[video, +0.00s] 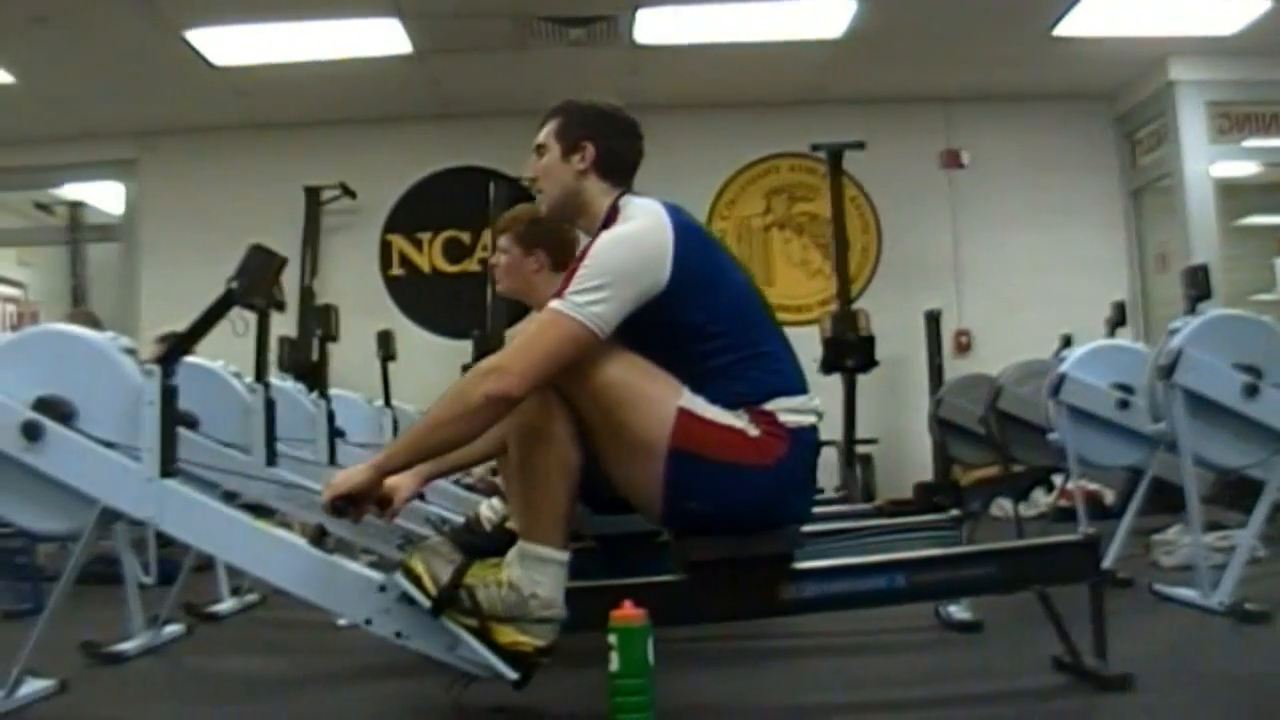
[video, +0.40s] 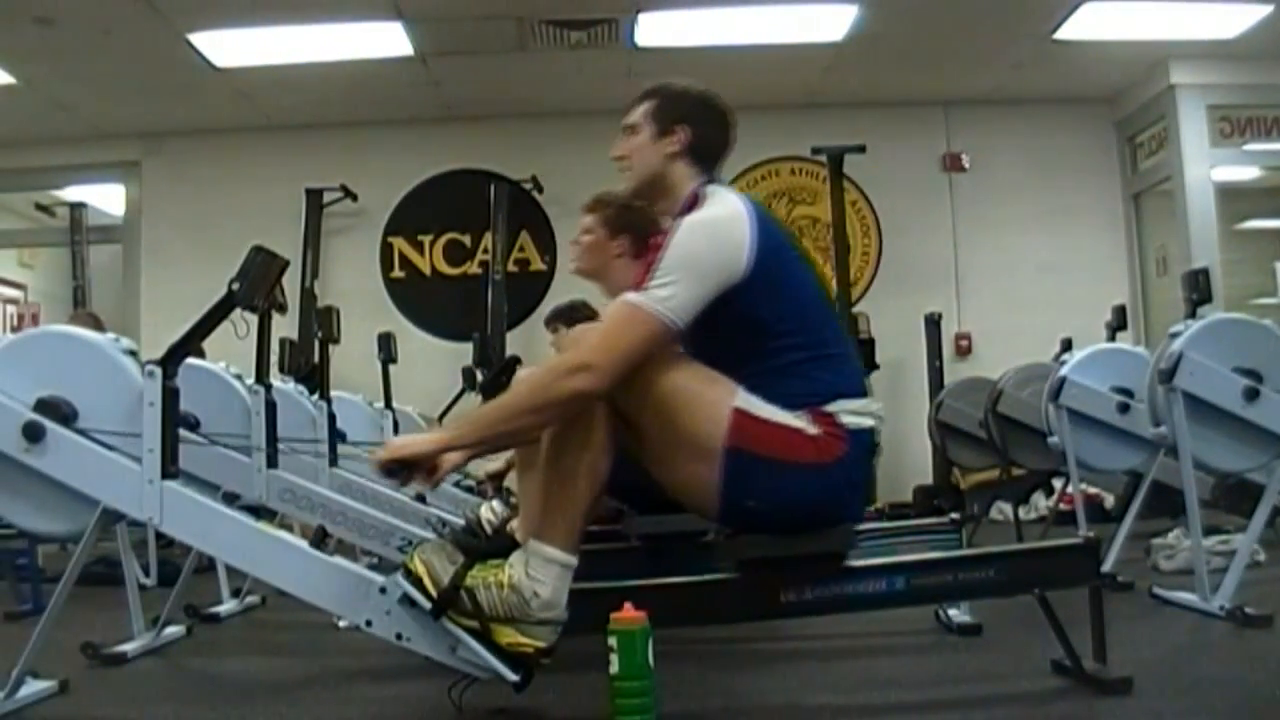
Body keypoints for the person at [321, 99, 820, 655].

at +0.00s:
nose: (529, 171)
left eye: (541, 154)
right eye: (532, 155)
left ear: (583, 158)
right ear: (588, 162)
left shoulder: (640, 233)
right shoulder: (621, 240)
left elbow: (506, 383)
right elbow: (523, 403)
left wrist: (377, 466)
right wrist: (416, 474)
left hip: (759, 460)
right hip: (741, 455)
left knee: (550, 360)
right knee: (545, 363)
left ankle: (534, 586)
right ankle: (533, 575)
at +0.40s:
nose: (615, 150)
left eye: (631, 134)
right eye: (620, 134)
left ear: (678, 143)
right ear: (677, 148)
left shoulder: (719, 223)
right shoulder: (696, 230)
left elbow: (589, 371)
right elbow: (584, 371)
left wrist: (444, 438)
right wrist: (457, 449)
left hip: (818, 459)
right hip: (784, 451)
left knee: (596, 358)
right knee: (580, 363)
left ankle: (540, 592)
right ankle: (529, 582)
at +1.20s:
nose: (944, 125)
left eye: (960, 108)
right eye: (944, 111)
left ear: (1013, 115)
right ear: (985, 122)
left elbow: (924, 324)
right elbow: (888, 343)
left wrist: (762, 367)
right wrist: (762, 389)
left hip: (1041, 433)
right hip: (984, 428)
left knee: (799, 506)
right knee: (776, 502)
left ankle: (550, 607)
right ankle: (545, 601)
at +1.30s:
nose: (969, 135)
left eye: (984, 115)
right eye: (969, 119)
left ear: (1039, 117)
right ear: (1008, 125)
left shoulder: (1074, 198)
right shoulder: (1006, 224)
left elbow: (973, 327)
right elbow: (908, 356)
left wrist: (793, 373)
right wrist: (771, 392)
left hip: (1040, 433)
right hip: (988, 427)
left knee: (798, 530)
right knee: (783, 524)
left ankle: (560, 605)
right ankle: (558, 600)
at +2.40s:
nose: (853, 135)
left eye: (866, 116)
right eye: (854, 119)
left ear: (919, 119)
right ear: (907, 124)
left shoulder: (970, 197)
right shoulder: (916, 220)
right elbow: (860, 353)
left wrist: (732, 429)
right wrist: (736, 417)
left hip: (1015, 439)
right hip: (965, 432)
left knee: (752, 462)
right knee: (739, 460)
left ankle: (556, 603)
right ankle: (549, 595)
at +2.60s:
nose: (751, 157)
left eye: (760, 135)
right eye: (755, 138)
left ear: (802, 137)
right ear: (806, 138)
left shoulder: (868, 213)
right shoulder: (830, 224)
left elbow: (754, 371)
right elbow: (732, 350)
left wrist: (612, 451)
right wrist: (617, 441)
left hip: (961, 441)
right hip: (912, 430)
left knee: (714, 419)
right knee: (696, 409)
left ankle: (546, 608)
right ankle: (536, 592)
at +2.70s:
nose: (704, 163)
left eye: (712, 144)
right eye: (707, 146)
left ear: (750, 144)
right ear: (765, 147)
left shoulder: (821, 217)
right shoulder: (790, 227)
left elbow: (697, 374)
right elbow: (686, 362)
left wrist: (566, 460)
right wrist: (573, 455)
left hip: (919, 447)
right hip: (874, 436)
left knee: (687, 398)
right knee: (661, 394)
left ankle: (545, 607)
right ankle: (534, 584)